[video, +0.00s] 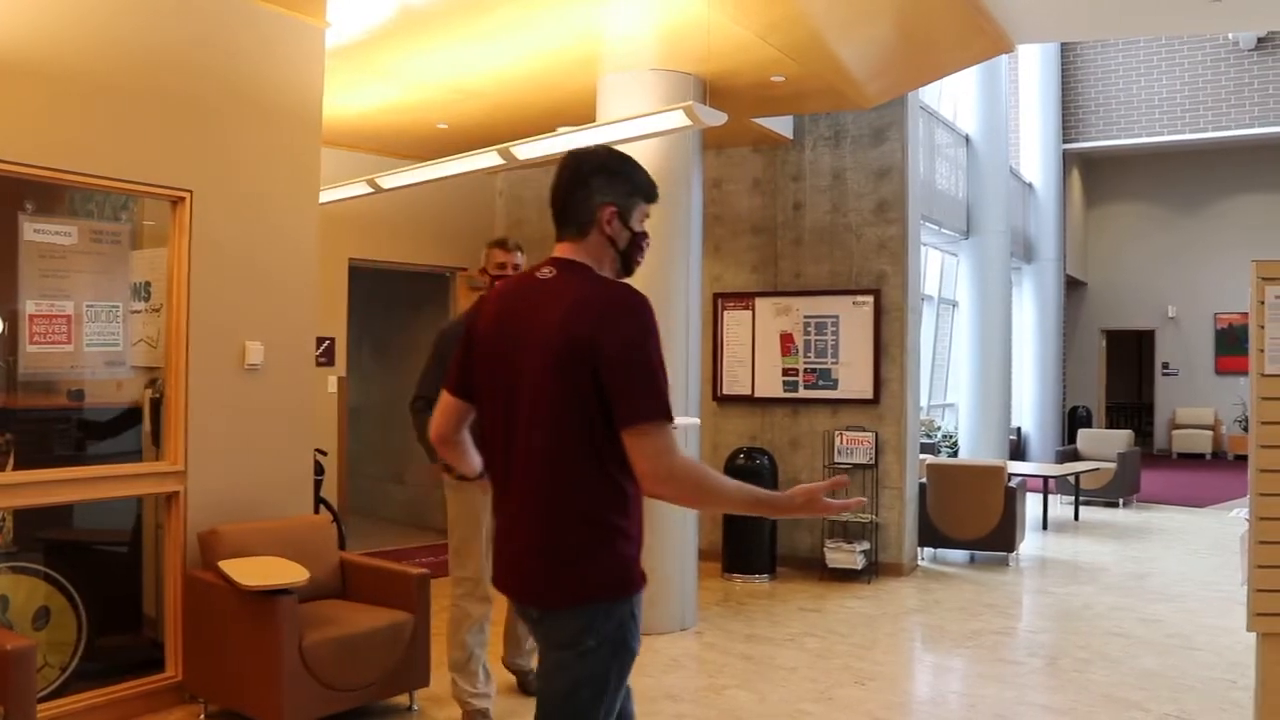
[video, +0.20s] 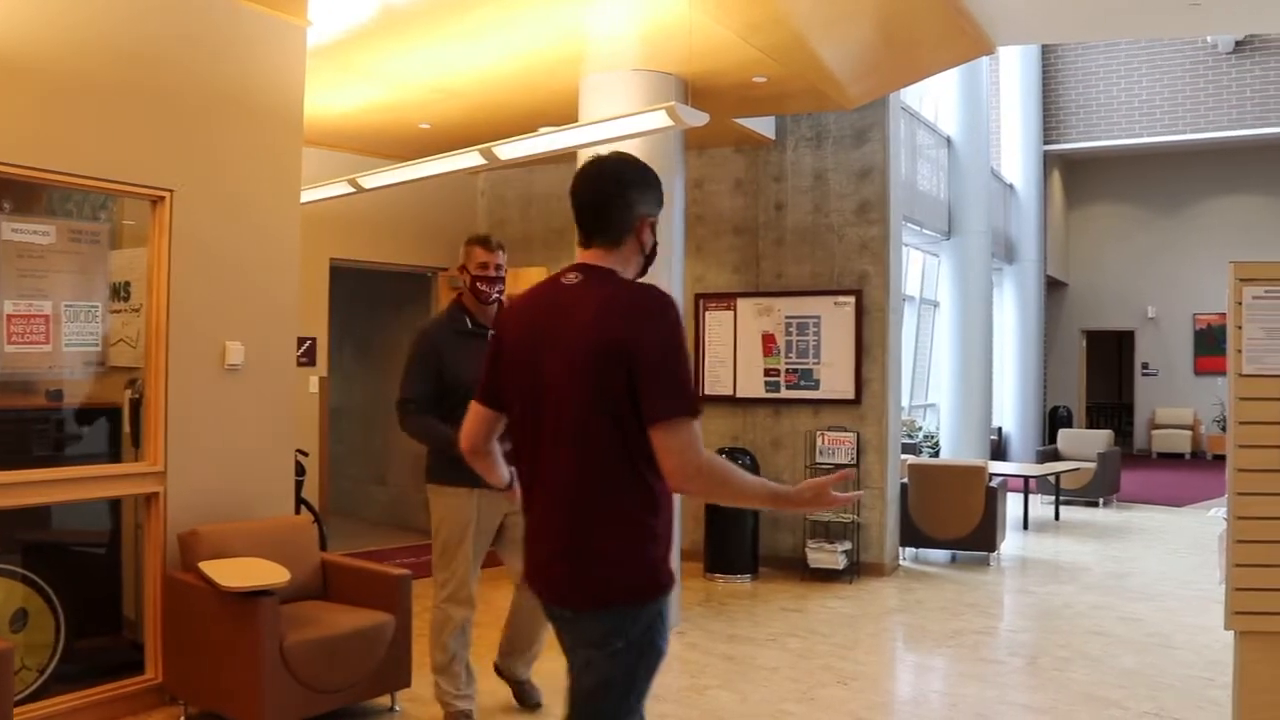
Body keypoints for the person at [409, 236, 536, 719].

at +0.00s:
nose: (504, 278)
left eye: (512, 270)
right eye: (497, 270)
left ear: (525, 273)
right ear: (482, 273)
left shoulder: (540, 331)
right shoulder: (458, 333)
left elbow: (556, 400)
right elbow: (424, 404)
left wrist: (541, 447)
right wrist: (443, 455)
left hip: (524, 466)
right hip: (470, 469)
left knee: (524, 572)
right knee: (472, 584)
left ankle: (525, 663)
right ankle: (474, 699)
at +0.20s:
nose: (491, 278)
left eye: (498, 270)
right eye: (482, 270)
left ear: (506, 275)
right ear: (460, 274)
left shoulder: (518, 331)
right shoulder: (437, 335)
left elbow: (539, 397)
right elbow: (411, 414)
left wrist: (527, 442)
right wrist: (468, 443)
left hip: (519, 480)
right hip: (459, 482)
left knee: (540, 575)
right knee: (456, 595)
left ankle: (515, 663)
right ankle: (457, 700)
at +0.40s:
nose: (491, 280)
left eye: (499, 272)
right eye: (482, 271)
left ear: (508, 273)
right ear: (463, 272)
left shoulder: (526, 330)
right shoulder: (434, 335)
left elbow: (548, 396)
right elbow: (421, 419)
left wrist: (537, 443)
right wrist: (492, 439)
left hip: (526, 487)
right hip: (457, 490)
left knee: (541, 599)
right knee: (447, 603)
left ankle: (558, 709)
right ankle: (444, 706)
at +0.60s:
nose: (504, 274)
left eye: (511, 267)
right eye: (495, 266)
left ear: (520, 276)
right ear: (475, 272)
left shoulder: (534, 335)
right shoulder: (443, 333)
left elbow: (545, 408)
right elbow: (426, 416)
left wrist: (535, 459)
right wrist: (499, 448)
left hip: (529, 494)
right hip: (461, 495)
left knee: (539, 613)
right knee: (443, 606)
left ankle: (547, 712)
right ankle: (428, 706)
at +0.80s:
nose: (520, 274)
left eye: (529, 268)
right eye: (512, 265)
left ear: (536, 276)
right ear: (491, 268)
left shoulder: (545, 337)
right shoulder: (454, 326)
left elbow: (558, 404)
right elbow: (427, 408)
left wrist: (541, 440)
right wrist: (488, 438)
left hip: (533, 492)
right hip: (469, 493)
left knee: (529, 614)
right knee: (453, 604)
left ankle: (528, 713)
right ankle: (415, 705)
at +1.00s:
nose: (522, 279)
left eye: (532, 274)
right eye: (516, 269)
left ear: (540, 280)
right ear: (497, 267)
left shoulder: (542, 340)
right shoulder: (457, 323)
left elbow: (562, 404)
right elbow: (420, 400)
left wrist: (601, 419)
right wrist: (476, 434)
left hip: (522, 492)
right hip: (463, 488)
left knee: (510, 610)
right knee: (467, 598)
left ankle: (504, 711)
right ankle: (421, 712)